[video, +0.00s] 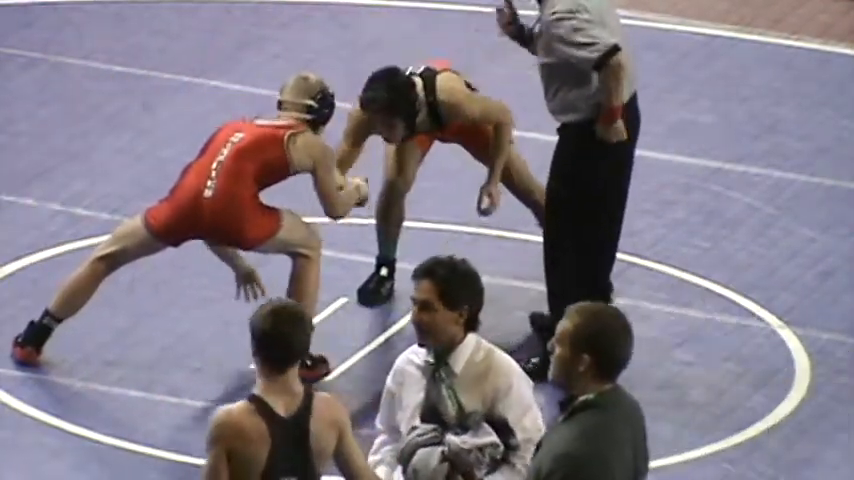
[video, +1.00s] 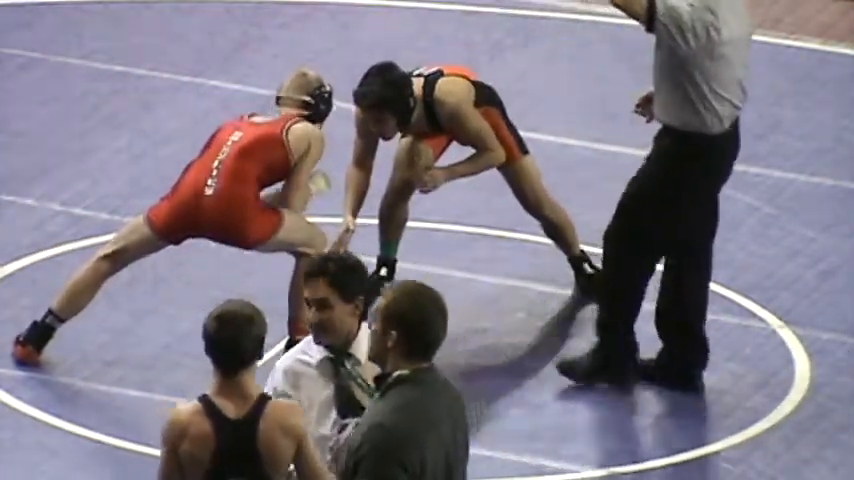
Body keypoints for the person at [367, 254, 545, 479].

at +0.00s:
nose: (415, 318)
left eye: (426, 309)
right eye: (414, 306)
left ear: (461, 315)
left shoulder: (503, 373)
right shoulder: (407, 364)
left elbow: (527, 452)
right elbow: (388, 436)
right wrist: (383, 473)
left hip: (476, 473)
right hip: (412, 472)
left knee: (427, 460)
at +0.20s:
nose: (402, 319)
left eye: (414, 311)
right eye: (404, 308)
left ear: (448, 320)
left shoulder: (490, 377)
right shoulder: (397, 365)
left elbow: (508, 457)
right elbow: (374, 435)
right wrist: (373, 472)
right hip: (396, 473)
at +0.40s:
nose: (384, 317)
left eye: (395, 308)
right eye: (385, 306)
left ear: (429, 318)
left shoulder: (467, 368)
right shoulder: (376, 367)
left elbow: (480, 438)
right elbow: (356, 440)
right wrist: (349, 474)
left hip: (445, 474)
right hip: (382, 473)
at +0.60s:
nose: (353, 318)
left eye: (364, 307)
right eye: (354, 306)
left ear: (399, 315)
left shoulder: (437, 363)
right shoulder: (342, 370)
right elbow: (323, 444)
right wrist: (320, 474)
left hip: (423, 472)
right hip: (358, 472)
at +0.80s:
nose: (328, 315)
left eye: (339, 306)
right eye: (326, 304)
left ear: (374, 310)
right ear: (322, 301)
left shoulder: (413, 357)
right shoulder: (307, 372)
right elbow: (297, 459)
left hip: (404, 471)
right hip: (336, 473)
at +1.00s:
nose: (312, 318)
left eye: (323, 307)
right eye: (308, 306)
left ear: (357, 307)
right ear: (303, 305)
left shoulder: (388, 355)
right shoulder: (290, 368)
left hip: (378, 470)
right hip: (315, 473)